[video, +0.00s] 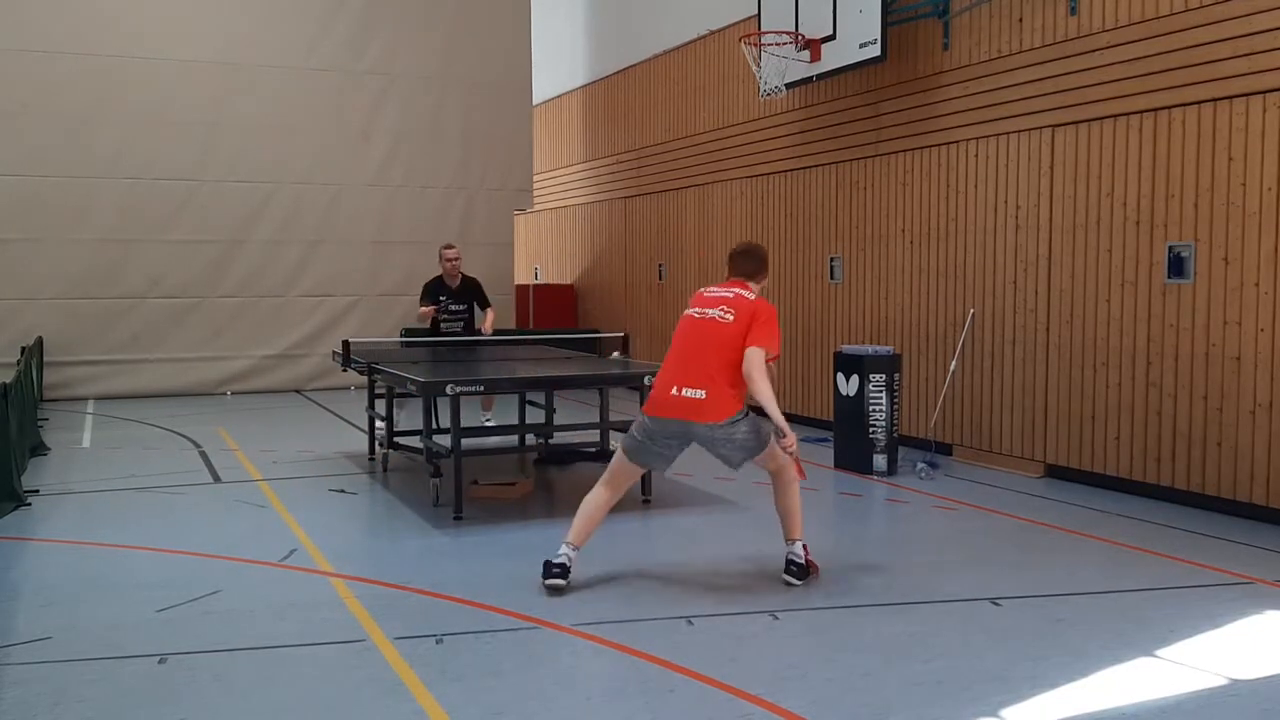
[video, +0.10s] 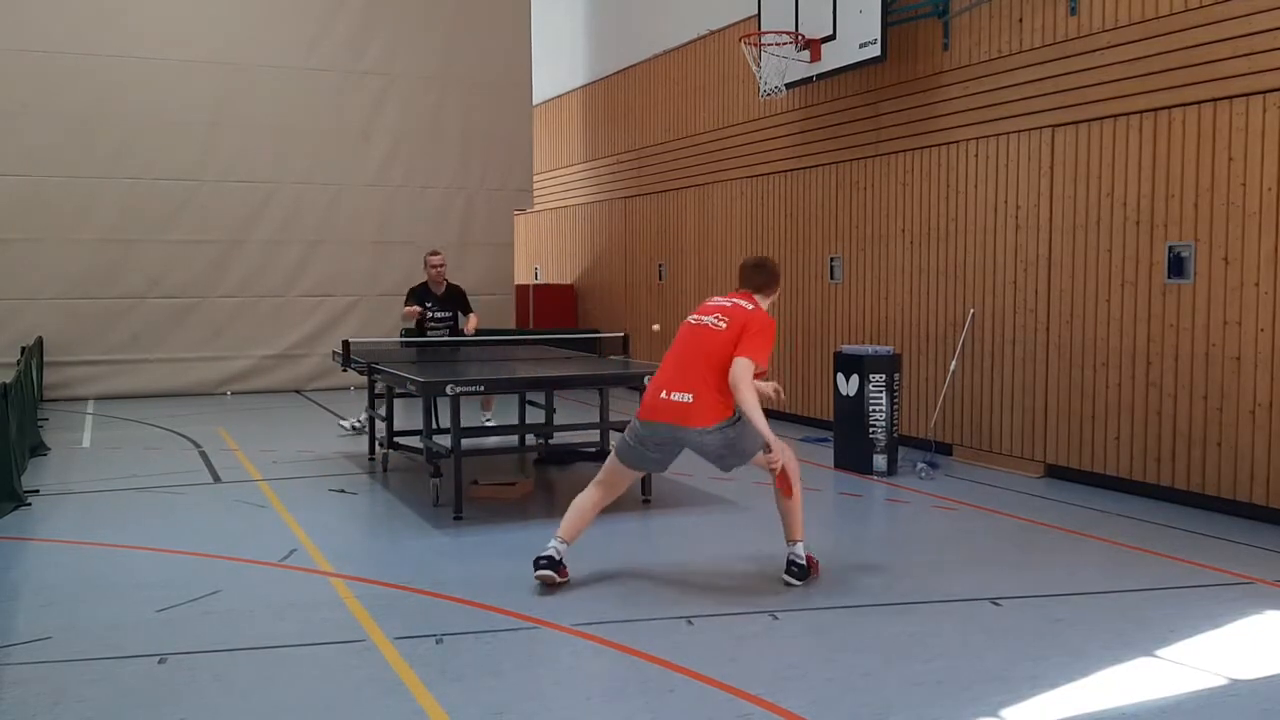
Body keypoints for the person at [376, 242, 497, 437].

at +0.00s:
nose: (454, 264)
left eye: (457, 260)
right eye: (449, 260)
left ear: (461, 261)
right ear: (440, 263)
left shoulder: (471, 283)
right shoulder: (431, 286)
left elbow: (489, 310)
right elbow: (421, 317)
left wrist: (487, 326)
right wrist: (428, 312)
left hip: (467, 345)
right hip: (437, 347)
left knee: (491, 373)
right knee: (407, 373)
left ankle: (487, 418)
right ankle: (392, 419)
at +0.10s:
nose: (439, 270)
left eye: (442, 266)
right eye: (434, 267)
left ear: (446, 267)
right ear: (425, 270)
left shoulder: (456, 291)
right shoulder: (417, 292)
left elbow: (472, 316)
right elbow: (406, 315)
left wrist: (470, 326)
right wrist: (412, 313)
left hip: (453, 353)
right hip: (422, 354)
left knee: (491, 371)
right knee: (386, 376)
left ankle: (487, 420)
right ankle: (365, 419)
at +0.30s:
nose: (405, 268)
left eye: (407, 264)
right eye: (400, 266)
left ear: (411, 264)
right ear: (390, 268)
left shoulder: (423, 287)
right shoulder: (382, 289)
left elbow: (429, 311)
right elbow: (373, 312)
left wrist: (409, 314)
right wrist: (368, 323)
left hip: (420, 349)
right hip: (389, 349)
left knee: (454, 369)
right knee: (354, 374)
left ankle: (468, 415)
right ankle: (348, 417)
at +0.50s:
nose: (377, 279)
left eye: (380, 274)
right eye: (372, 276)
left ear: (384, 275)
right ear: (363, 280)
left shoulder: (396, 296)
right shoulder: (362, 303)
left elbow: (382, 314)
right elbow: (353, 331)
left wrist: (352, 314)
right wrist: (343, 351)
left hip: (403, 354)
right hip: (376, 355)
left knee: (432, 380)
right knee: (346, 379)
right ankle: (338, 422)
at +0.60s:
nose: (370, 282)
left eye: (372, 278)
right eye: (364, 280)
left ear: (377, 278)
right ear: (356, 284)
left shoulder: (389, 299)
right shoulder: (359, 308)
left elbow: (369, 316)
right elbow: (356, 340)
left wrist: (333, 316)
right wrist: (342, 361)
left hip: (403, 356)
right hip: (376, 357)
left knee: (433, 384)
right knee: (346, 379)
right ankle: (338, 423)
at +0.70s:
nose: (366, 285)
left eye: (368, 281)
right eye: (361, 283)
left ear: (373, 281)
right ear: (353, 288)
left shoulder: (384, 300)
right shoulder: (359, 310)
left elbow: (360, 317)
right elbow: (360, 344)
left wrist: (322, 318)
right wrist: (346, 367)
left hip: (400, 355)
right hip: (377, 355)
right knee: (347, 380)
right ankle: (339, 424)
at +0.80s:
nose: (361, 287)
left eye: (363, 283)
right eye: (356, 285)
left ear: (368, 283)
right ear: (348, 290)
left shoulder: (377, 302)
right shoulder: (360, 309)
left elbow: (345, 317)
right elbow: (370, 339)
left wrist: (311, 316)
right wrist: (368, 356)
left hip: (403, 356)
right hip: (380, 357)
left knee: (429, 387)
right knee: (347, 379)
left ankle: (457, 422)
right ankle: (339, 423)